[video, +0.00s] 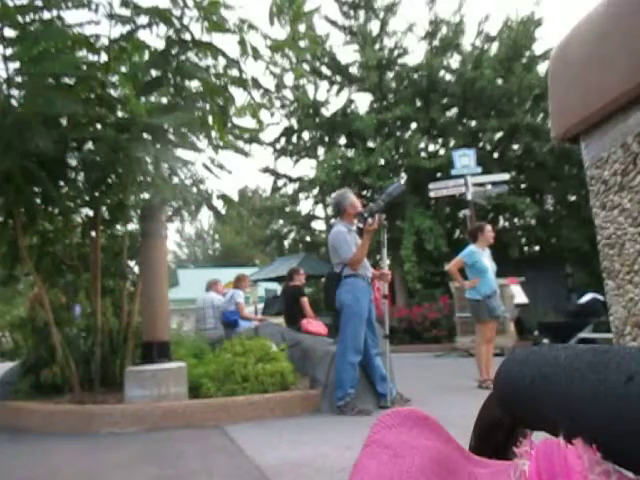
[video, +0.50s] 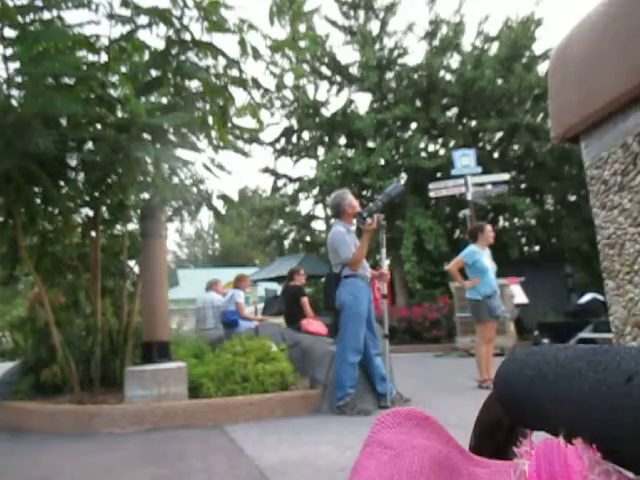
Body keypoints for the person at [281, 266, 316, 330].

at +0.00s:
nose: (304, 276)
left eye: (303, 274)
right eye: (302, 274)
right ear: (295, 276)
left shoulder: (285, 289)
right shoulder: (299, 290)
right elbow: (308, 312)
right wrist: (315, 321)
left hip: (290, 323)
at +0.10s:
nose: (304, 276)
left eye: (303, 274)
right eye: (302, 274)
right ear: (295, 276)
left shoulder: (286, 289)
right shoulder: (299, 290)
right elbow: (308, 312)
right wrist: (314, 321)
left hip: (290, 323)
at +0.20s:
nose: (304, 277)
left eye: (304, 274)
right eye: (302, 275)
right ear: (295, 276)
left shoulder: (286, 289)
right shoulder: (299, 290)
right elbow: (308, 311)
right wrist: (315, 321)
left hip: (290, 323)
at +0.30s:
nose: (304, 277)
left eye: (304, 275)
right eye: (302, 275)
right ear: (295, 276)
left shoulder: (286, 289)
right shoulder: (299, 290)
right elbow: (307, 311)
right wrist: (314, 321)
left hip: (290, 324)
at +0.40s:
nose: (304, 277)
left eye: (304, 275)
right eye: (302, 275)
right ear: (295, 276)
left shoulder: (286, 289)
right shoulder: (299, 290)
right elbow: (307, 311)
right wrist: (314, 321)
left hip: (290, 324)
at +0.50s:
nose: (304, 277)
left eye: (304, 275)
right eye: (302, 275)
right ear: (295, 276)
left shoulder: (286, 289)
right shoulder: (299, 289)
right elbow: (307, 311)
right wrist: (314, 321)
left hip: (290, 323)